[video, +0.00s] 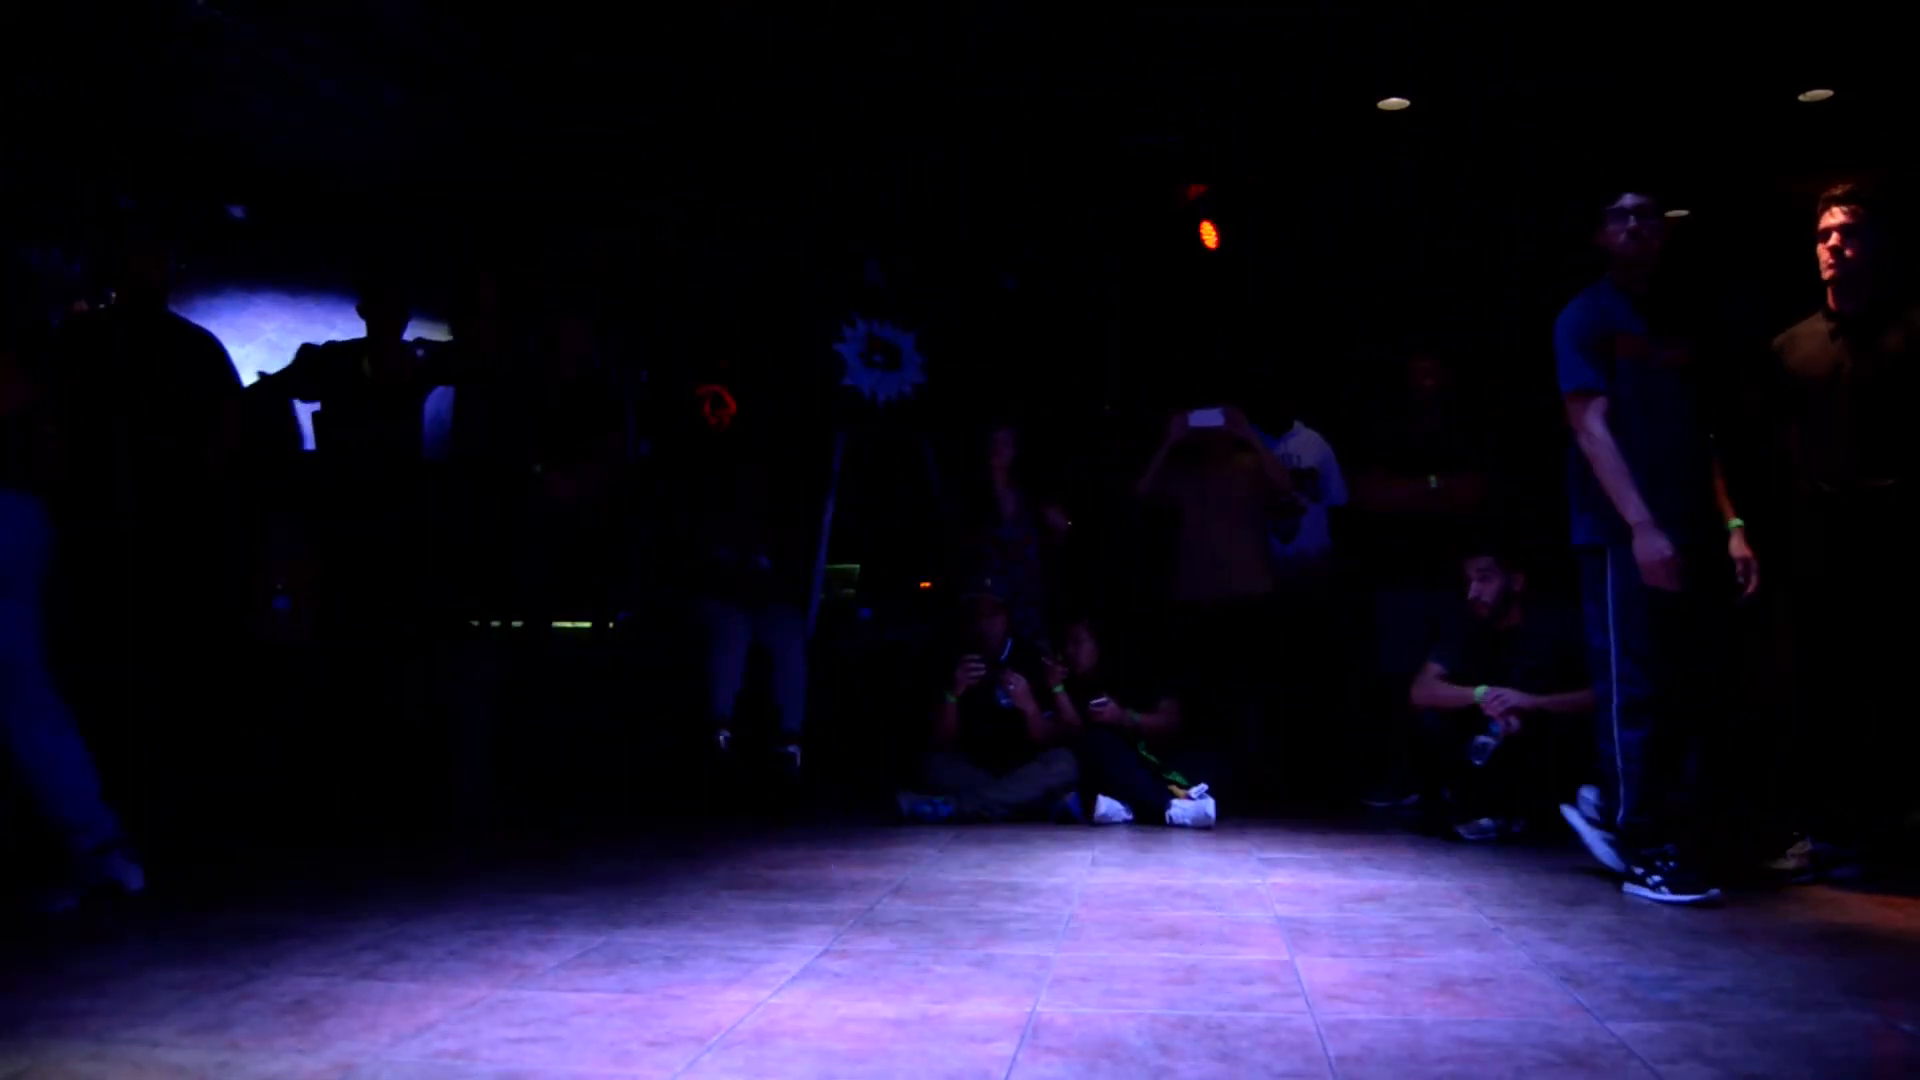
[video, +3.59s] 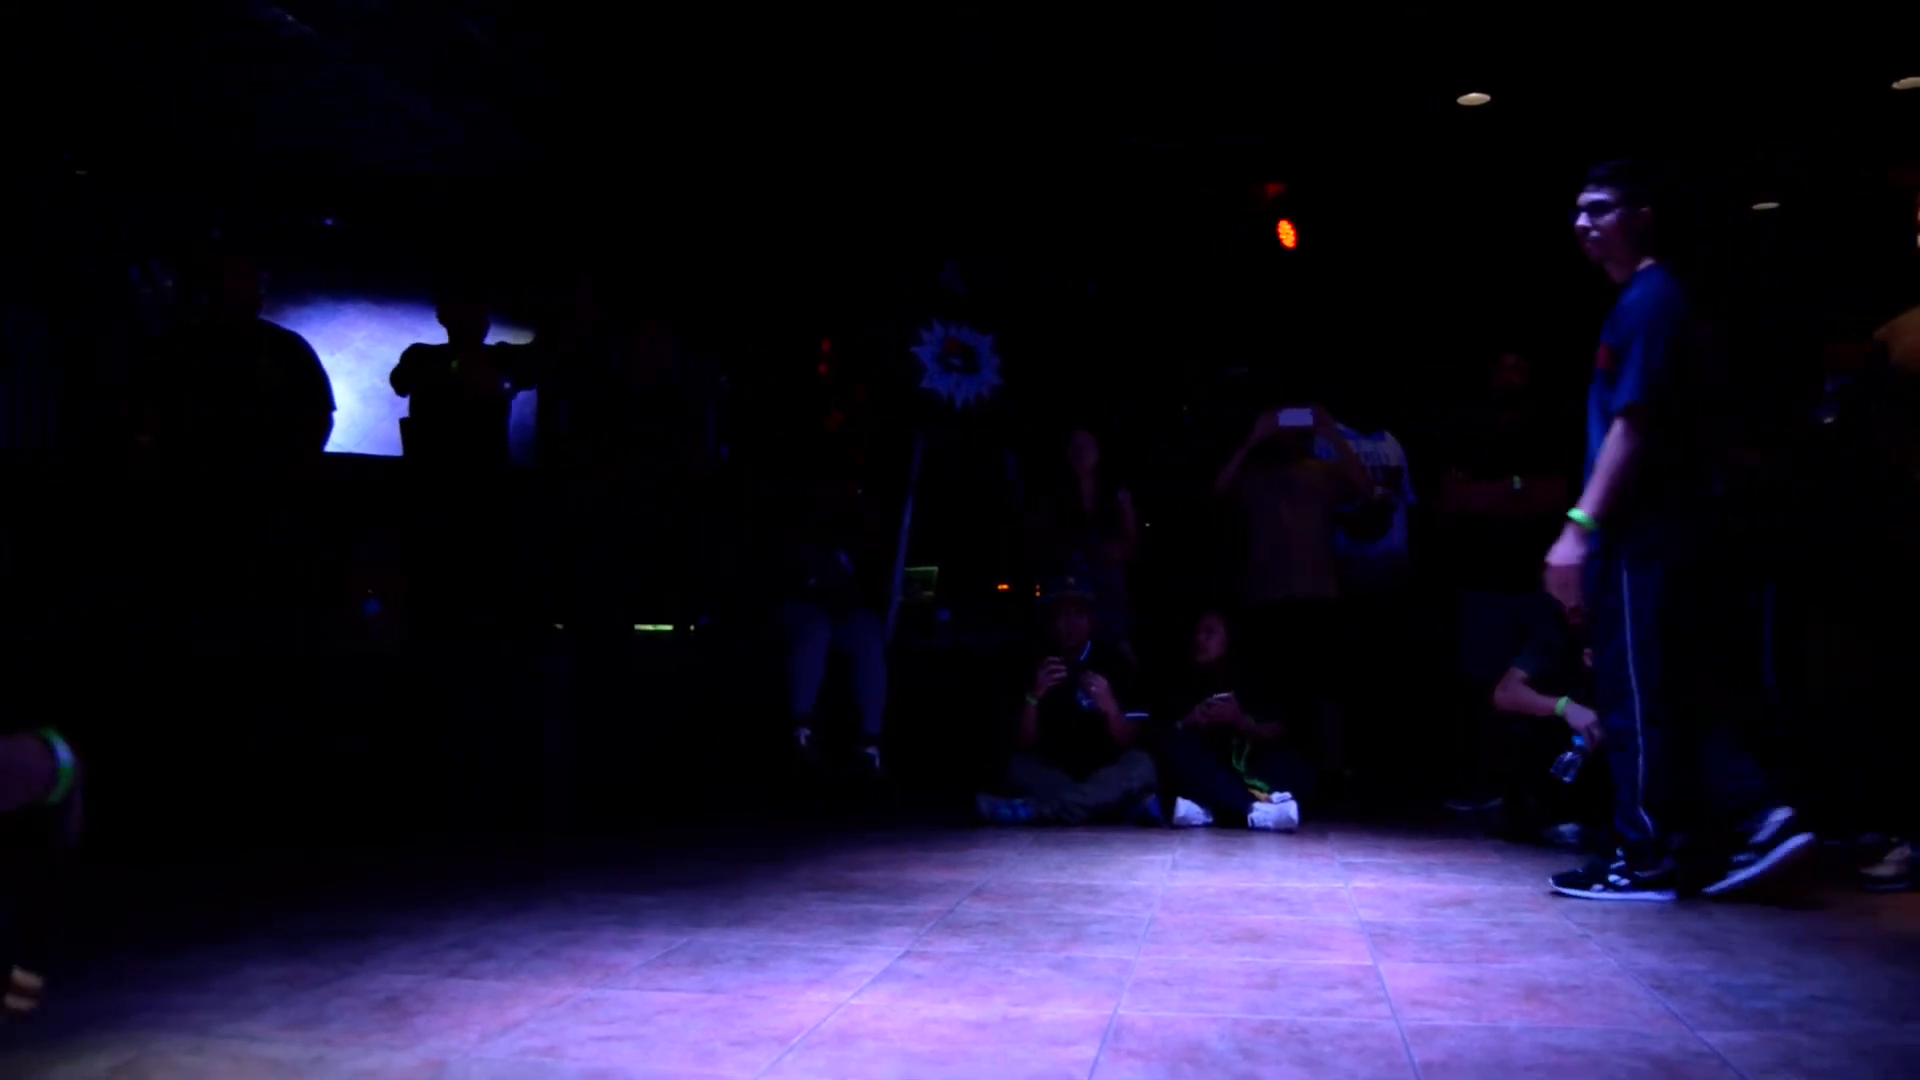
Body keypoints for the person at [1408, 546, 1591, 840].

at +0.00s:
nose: (1473, 592)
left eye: (1485, 580)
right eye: (1469, 581)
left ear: (1515, 582)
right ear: (1464, 583)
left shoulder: (1548, 633)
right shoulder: (1466, 631)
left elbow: (1594, 696)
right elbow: (1421, 691)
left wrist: (1531, 701)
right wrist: (1484, 698)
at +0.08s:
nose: (1478, 601)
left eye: (1489, 589)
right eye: (1473, 590)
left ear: (1518, 589)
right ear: (1467, 591)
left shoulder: (1549, 635)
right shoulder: (1467, 633)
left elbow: (1598, 695)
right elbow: (1422, 694)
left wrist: (1538, 699)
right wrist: (1492, 698)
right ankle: (1482, 813)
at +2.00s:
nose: (1498, 591)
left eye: (1508, 579)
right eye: (1488, 581)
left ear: (1527, 584)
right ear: (1478, 589)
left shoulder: (1560, 631)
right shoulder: (1471, 632)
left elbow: (1619, 696)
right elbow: (1420, 693)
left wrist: (1528, 703)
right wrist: (1484, 704)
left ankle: (1587, 818)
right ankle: (1487, 815)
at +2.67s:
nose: (1530, 597)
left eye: (1538, 584)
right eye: (1518, 588)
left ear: (1554, 590)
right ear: (1505, 599)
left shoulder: (1588, 639)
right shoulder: (1497, 640)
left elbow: (1645, 702)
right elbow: (1451, 700)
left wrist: (1557, 709)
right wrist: (1518, 712)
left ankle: (1612, 826)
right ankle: (1510, 822)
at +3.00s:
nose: (1563, 597)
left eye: (1572, 584)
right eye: (1551, 588)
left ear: (1589, 589)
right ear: (1538, 598)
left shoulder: (1618, 639)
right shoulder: (1529, 639)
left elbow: (1652, 704)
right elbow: (1484, 699)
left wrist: (1592, 701)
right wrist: (1550, 705)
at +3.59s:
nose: (1572, 595)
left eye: (1577, 584)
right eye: (1562, 586)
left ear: (1592, 581)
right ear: (1549, 587)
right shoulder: (1553, 631)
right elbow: (1506, 692)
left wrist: (1607, 663)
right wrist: (1564, 707)